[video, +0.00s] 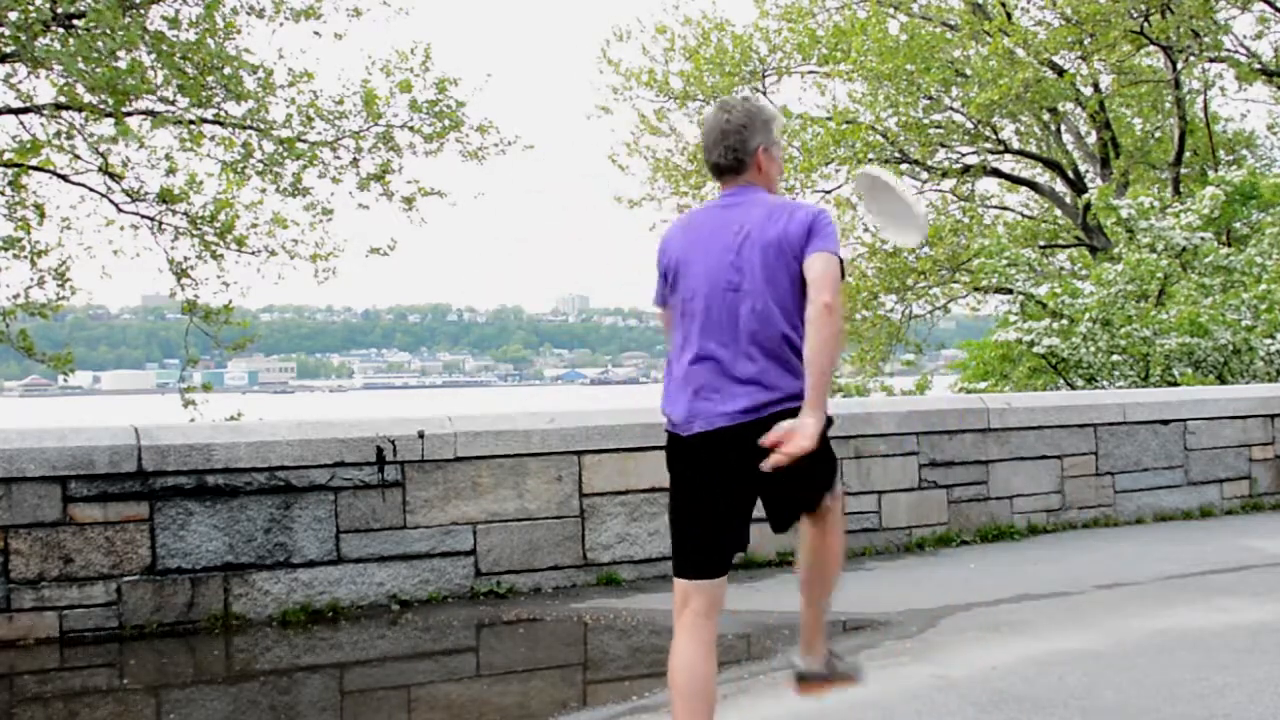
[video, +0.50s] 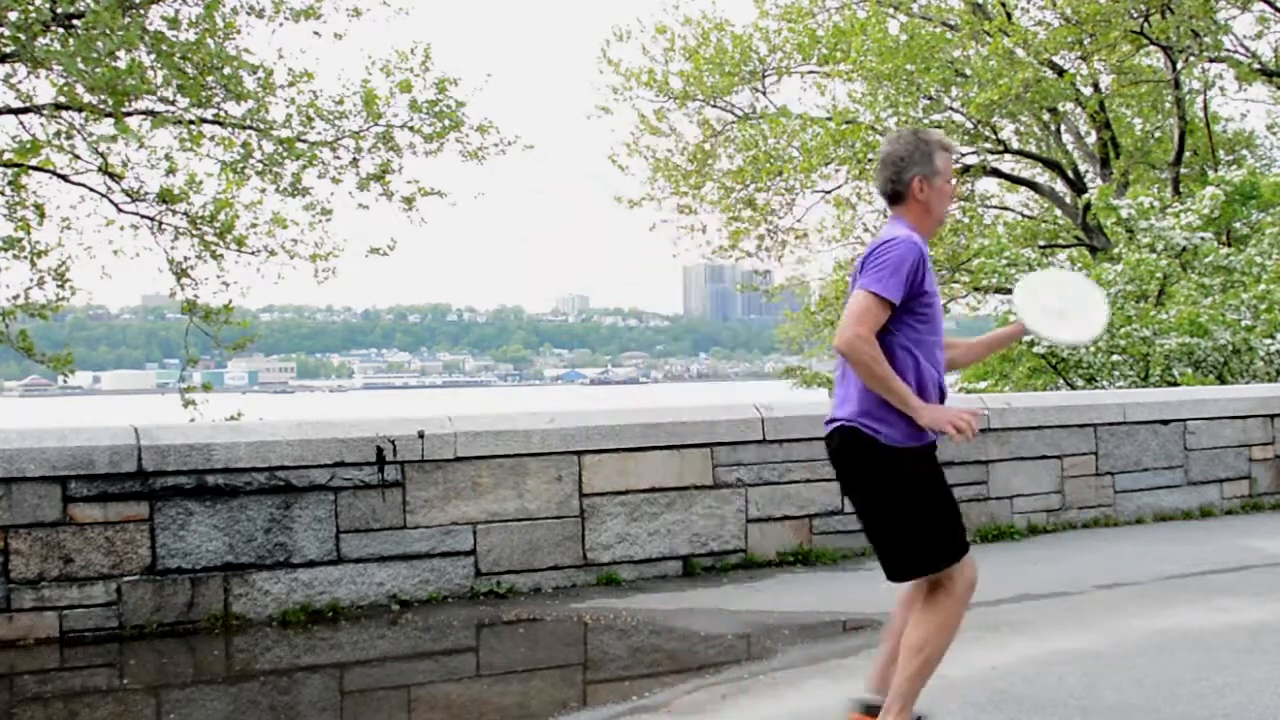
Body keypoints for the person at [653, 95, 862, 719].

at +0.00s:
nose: (782, 159)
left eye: (777, 149)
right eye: (778, 149)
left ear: (713, 164)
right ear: (763, 156)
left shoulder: (677, 235)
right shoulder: (803, 219)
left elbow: (675, 334)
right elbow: (824, 301)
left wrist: (702, 411)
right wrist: (813, 413)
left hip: (695, 435)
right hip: (778, 424)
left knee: (694, 607)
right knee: (822, 506)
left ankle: (689, 716)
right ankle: (814, 656)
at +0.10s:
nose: (806, 163)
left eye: (802, 152)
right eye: (801, 153)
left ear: (738, 173)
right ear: (785, 163)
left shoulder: (713, 240)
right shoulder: (825, 226)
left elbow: (728, 311)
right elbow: (848, 312)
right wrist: (853, 422)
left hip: (716, 441)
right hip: (800, 433)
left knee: (708, 608)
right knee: (851, 555)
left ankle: (693, 717)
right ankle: (858, 700)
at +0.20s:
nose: (841, 174)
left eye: (836, 164)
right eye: (837, 165)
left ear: (780, 182)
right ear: (822, 173)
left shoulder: (763, 246)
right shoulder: (851, 230)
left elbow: (816, 326)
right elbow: (863, 321)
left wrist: (900, 287)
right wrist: (893, 418)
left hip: (751, 440)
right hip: (829, 438)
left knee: (733, 591)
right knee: (885, 578)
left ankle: (691, 715)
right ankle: (882, 712)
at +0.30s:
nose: (886, 184)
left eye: (882, 173)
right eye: (880, 174)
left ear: (831, 191)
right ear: (863, 183)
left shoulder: (812, 255)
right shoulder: (880, 241)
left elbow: (882, 342)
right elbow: (863, 332)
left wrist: (943, 298)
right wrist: (917, 405)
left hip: (798, 452)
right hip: (865, 449)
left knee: (787, 594)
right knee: (926, 580)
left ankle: (707, 698)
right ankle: (896, 711)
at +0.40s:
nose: (928, 188)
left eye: (926, 177)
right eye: (922, 177)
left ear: (880, 191)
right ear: (897, 187)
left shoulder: (857, 254)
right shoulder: (894, 246)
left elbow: (902, 367)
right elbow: (856, 335)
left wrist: (970, 331)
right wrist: (926, 403)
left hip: (832, 441)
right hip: (876, 440)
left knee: (875, 588)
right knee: (946, 579)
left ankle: (774, 684)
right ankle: (896, 712)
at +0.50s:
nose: (956, 189)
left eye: (955, 177)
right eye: (949, 177)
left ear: (913, 187)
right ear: (919, 185)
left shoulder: (906, 251)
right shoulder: (901, 249)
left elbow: (936, 357)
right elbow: (852, 339)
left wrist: (1016, 330)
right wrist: (923, 409)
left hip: (877, 437)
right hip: (881, 438)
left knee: (928, 576)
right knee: (956, 578)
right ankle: (895, 712)